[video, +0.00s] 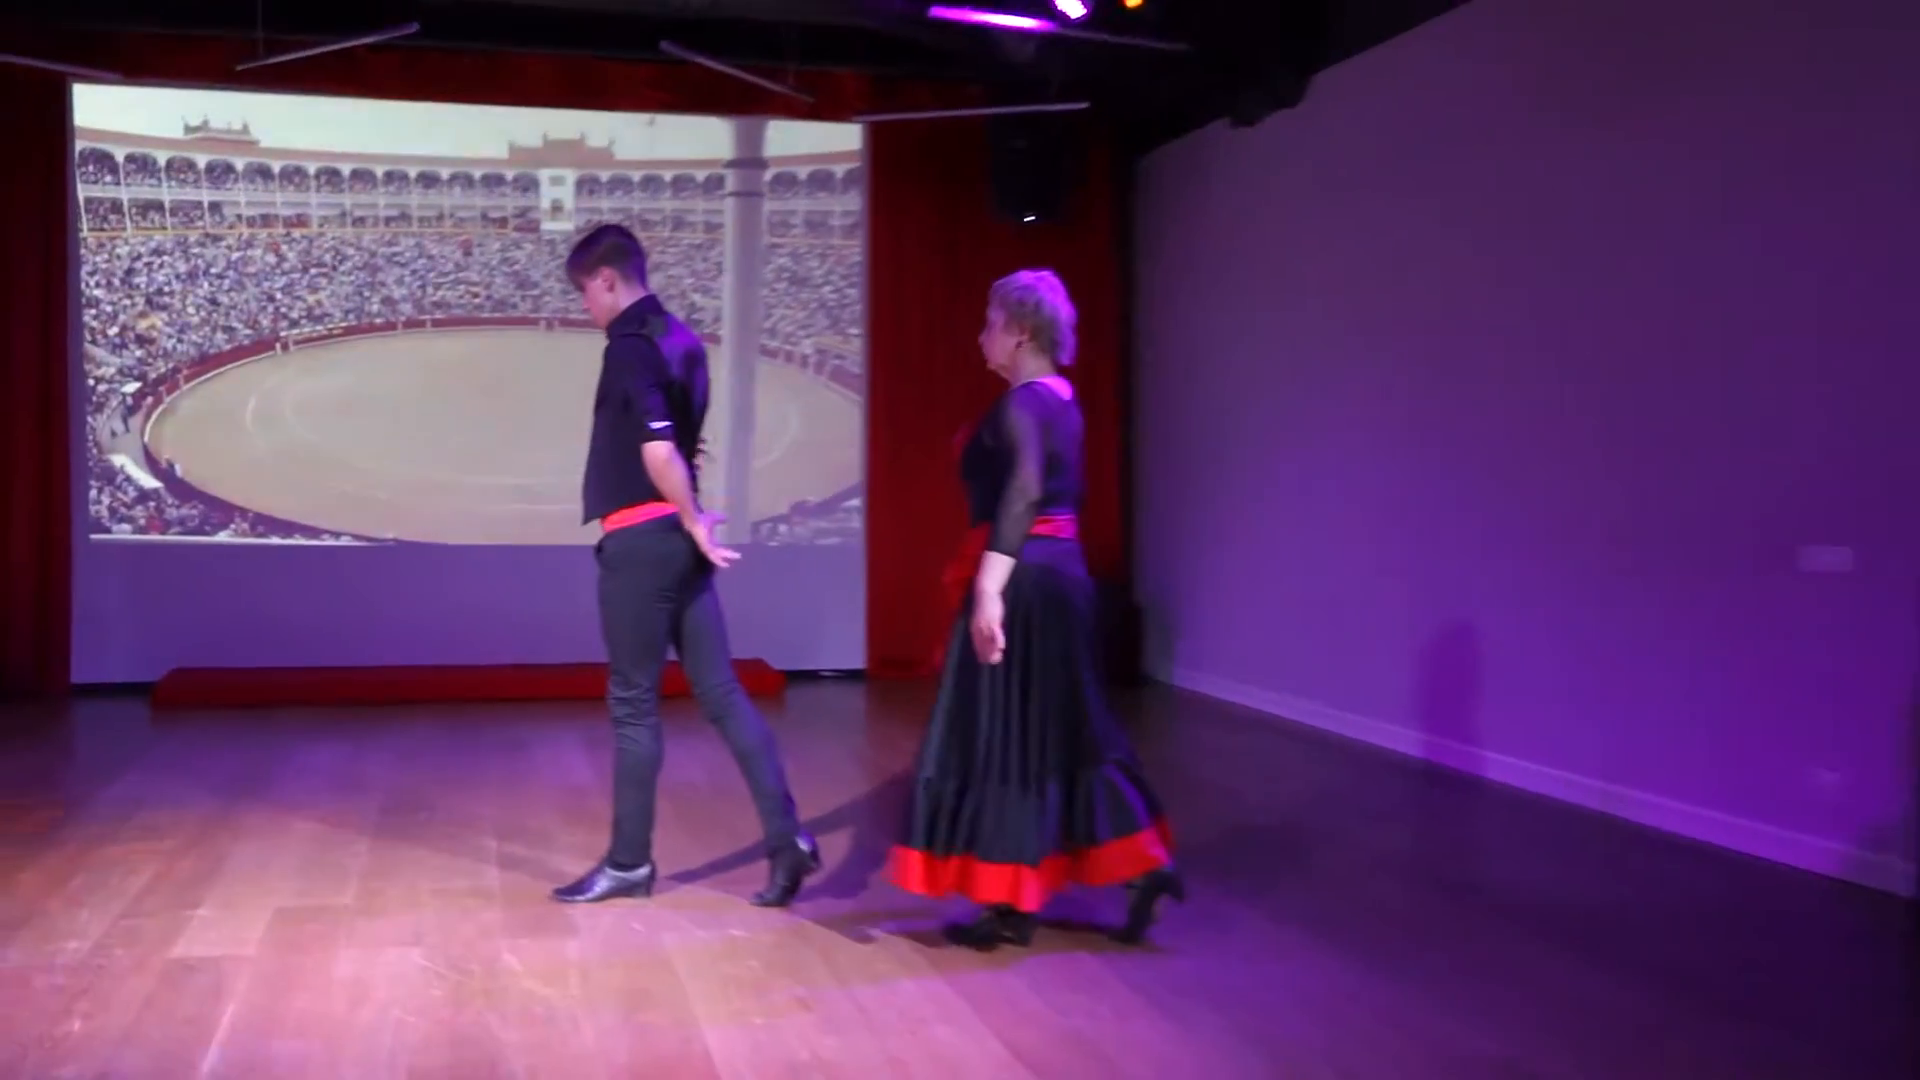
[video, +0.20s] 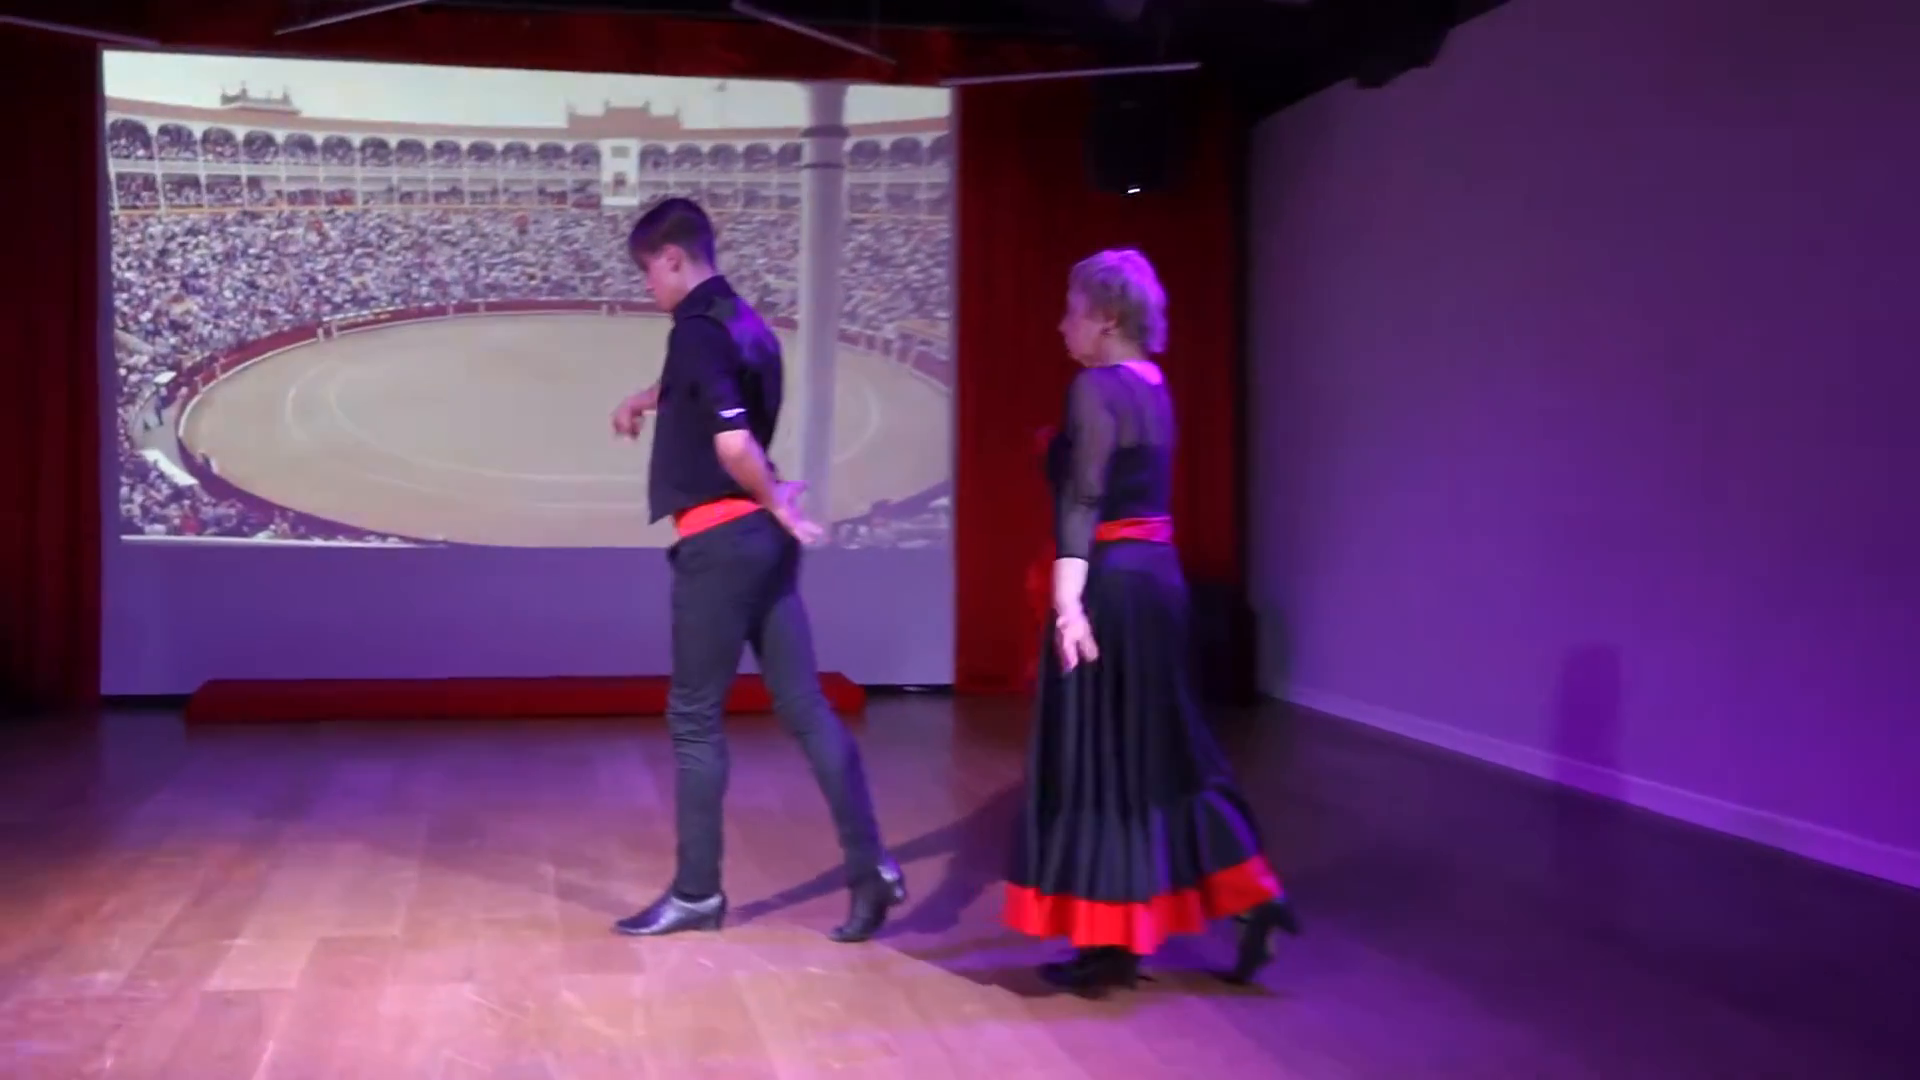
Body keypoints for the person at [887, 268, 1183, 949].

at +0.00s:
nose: (983, 337)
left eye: (991, 325)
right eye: (987, 323)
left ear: (1016, 333)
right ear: (1047, 335)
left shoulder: (1022, 403)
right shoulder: (1062, 401)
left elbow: (1026, 490)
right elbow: (1050, 494)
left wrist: (989, 587)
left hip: (1023, 574)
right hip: (1062, 571)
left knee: (1000, 730)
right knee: (1074, 725)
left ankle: (1006, 896)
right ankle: (1144, 859)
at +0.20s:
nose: (1064, 322)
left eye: (1074, 309)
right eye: (1068, 308)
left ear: (1104, 318)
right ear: (1131, 318)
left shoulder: (1096, 390)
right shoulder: (1151, 387)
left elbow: (1085, 495)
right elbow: (1126, 483)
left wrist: (1068, 598)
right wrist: (1061, 456)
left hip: (1112, 581)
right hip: (1157, 577)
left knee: (1093, 752)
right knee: (1172, 744)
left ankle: (1104, 934)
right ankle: (1252, 888)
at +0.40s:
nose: (1134, 311)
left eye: (1143, 298)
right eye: (1137, 296)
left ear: (1175, 304)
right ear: (1205, 305)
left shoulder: (1155, 372)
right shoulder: (1226, 375)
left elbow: (1130, 489)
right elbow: (1212, 492)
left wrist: (1100, 595)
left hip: (1180, 587)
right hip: (1237, 583)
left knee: (1171, 765)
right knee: (1256, 758)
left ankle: (1179, 961)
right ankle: (1341, 913)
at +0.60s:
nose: (1141, 304)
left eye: (1151, 292)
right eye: (1145, 290)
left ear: (1185, 301)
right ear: (1212, 303)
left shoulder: (1160, 367)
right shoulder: (1234, 373)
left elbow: (1135, 486)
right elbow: (1209, 498)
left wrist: (1105, 585)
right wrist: (1114, 601)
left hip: (1187, 590)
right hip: (1245, 587)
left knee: (1181, 774)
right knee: (1267, 765)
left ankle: (1193, 973)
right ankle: (1356, 920)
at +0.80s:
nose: (1120, 307)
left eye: (1131, 294)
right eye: (1124, 293)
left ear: (1166, 303)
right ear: (1190, 305)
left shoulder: (1146, 369)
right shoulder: (1209, 374)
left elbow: (1135, 487)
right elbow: (1179, 499)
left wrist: (1099, 568)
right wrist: (1100, 575)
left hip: (1170, 590)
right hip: (1219, 586)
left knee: (1168, 776)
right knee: (1237, 769)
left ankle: (1189, 968)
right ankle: (1332, 917)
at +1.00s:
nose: (1080, 313)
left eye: (1091, 300)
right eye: (1084, 298)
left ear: (1126, 309)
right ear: (1150, 311)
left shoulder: (1115, 377)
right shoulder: (1171, 379)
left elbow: (1128, 493)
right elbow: (1158, 501)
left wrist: (1082, 598)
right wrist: (1088, 585)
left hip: (1145, 592)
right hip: (1190, 588)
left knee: (1146, 775)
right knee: (1194, 772)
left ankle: (1169, 970)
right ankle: (1209, 964)